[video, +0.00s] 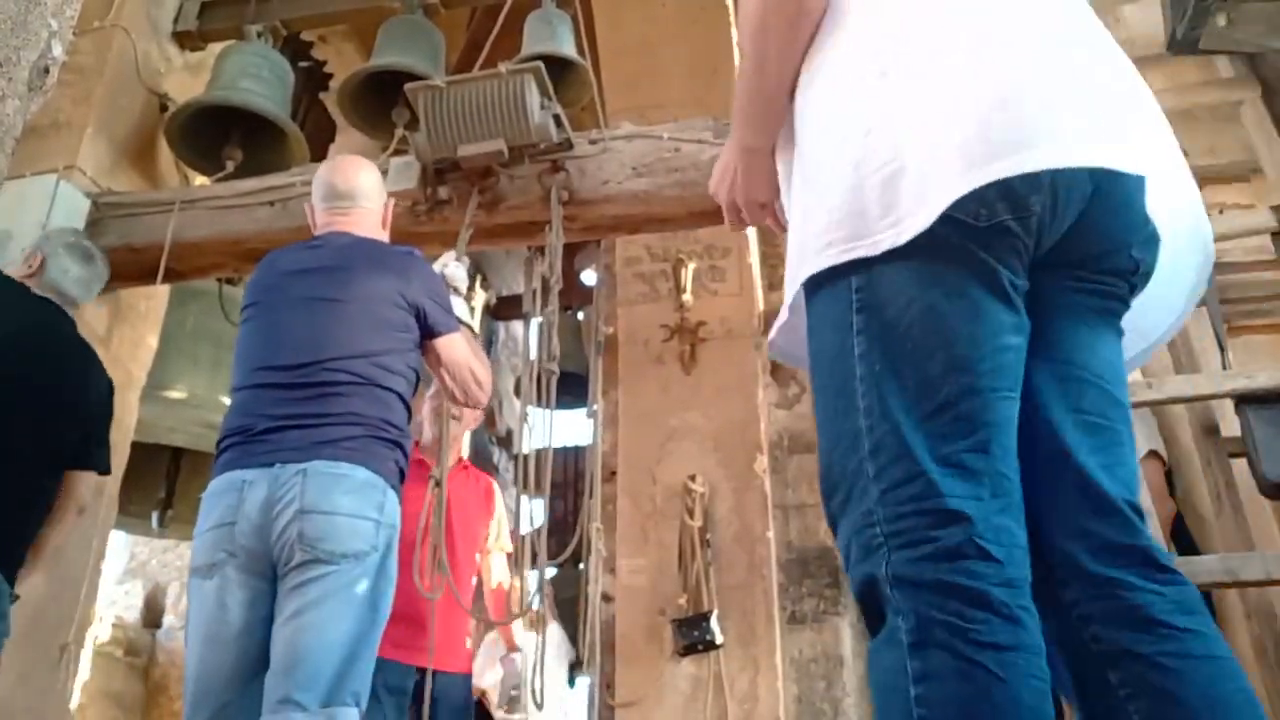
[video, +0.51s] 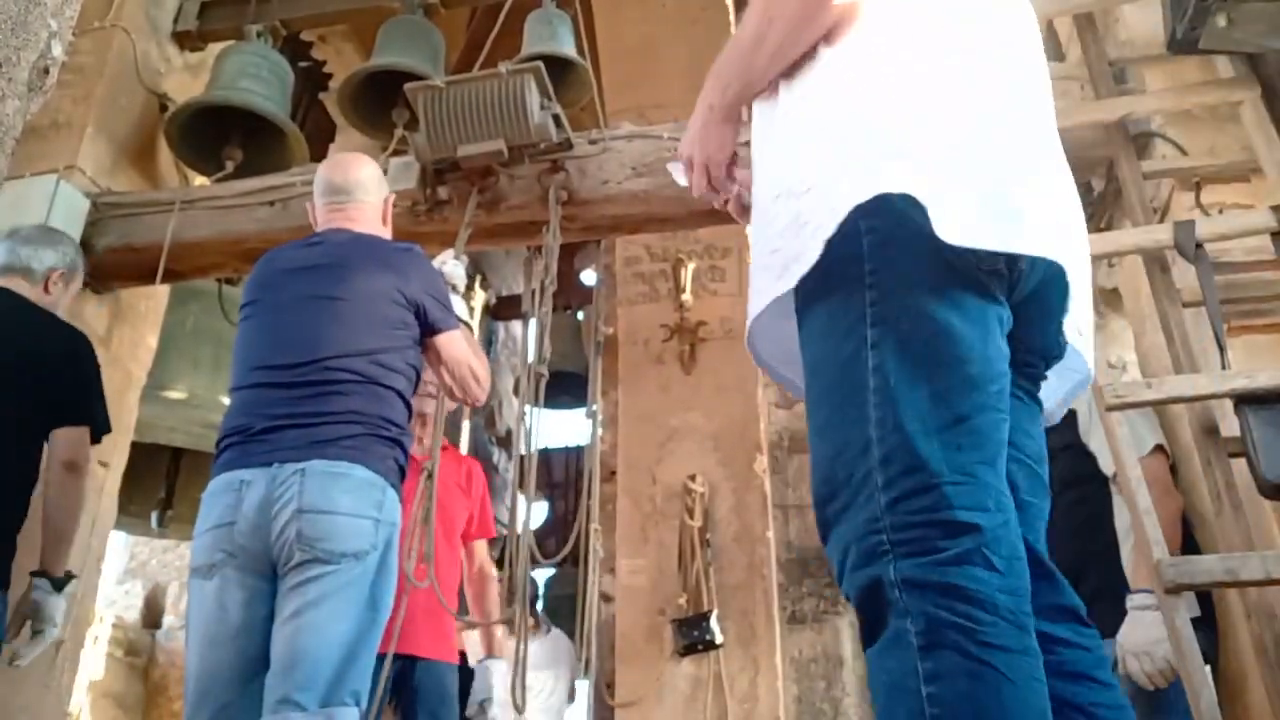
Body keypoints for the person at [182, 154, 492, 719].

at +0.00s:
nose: (392, 214)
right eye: (392, 208)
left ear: (312, 217)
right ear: (387, 212)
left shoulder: (266, 271)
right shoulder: (407, 269)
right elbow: (474, 386)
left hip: (232, 489)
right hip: (346, 488)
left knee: (214, 709)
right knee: (308, 708)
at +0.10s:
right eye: (390, 208)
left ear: (311, 218)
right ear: (386, 212)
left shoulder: (266, 270)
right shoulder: (406, 267)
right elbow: (472, 385)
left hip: (230, 489)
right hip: (344, 487)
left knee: (213, 709)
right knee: (308, 708)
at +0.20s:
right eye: (390, 208)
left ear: (310, 218)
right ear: (385, 211)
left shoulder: (265, 270)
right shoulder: (405, 266)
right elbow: (471, 386)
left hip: (230, 489)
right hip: (344, 486)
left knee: (213, 709)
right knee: (308, 707)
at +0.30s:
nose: (390, 215)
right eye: (390, 208)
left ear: (310, 218)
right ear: (385, 211)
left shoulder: (265, 270)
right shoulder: (405, 266)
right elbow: (472, 386)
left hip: (230, 489)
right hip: (345, 485)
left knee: (214, 709)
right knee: (309, 708)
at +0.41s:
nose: (391, 215)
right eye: (391, 207)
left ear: (311, 216)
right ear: (385, 209)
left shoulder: (264, 270)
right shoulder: (406, 265)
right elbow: (473, 386)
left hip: (231, 488)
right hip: (345, 485)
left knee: (214, 709)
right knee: (309, 707)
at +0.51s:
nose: (394, 215)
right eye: (394, 207)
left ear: (314, 215)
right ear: (388, 209)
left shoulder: (265, 269)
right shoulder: (407, 265)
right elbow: (473, 386)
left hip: (231, 489)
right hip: (345, 485)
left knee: (214, 709)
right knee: (309, 707)